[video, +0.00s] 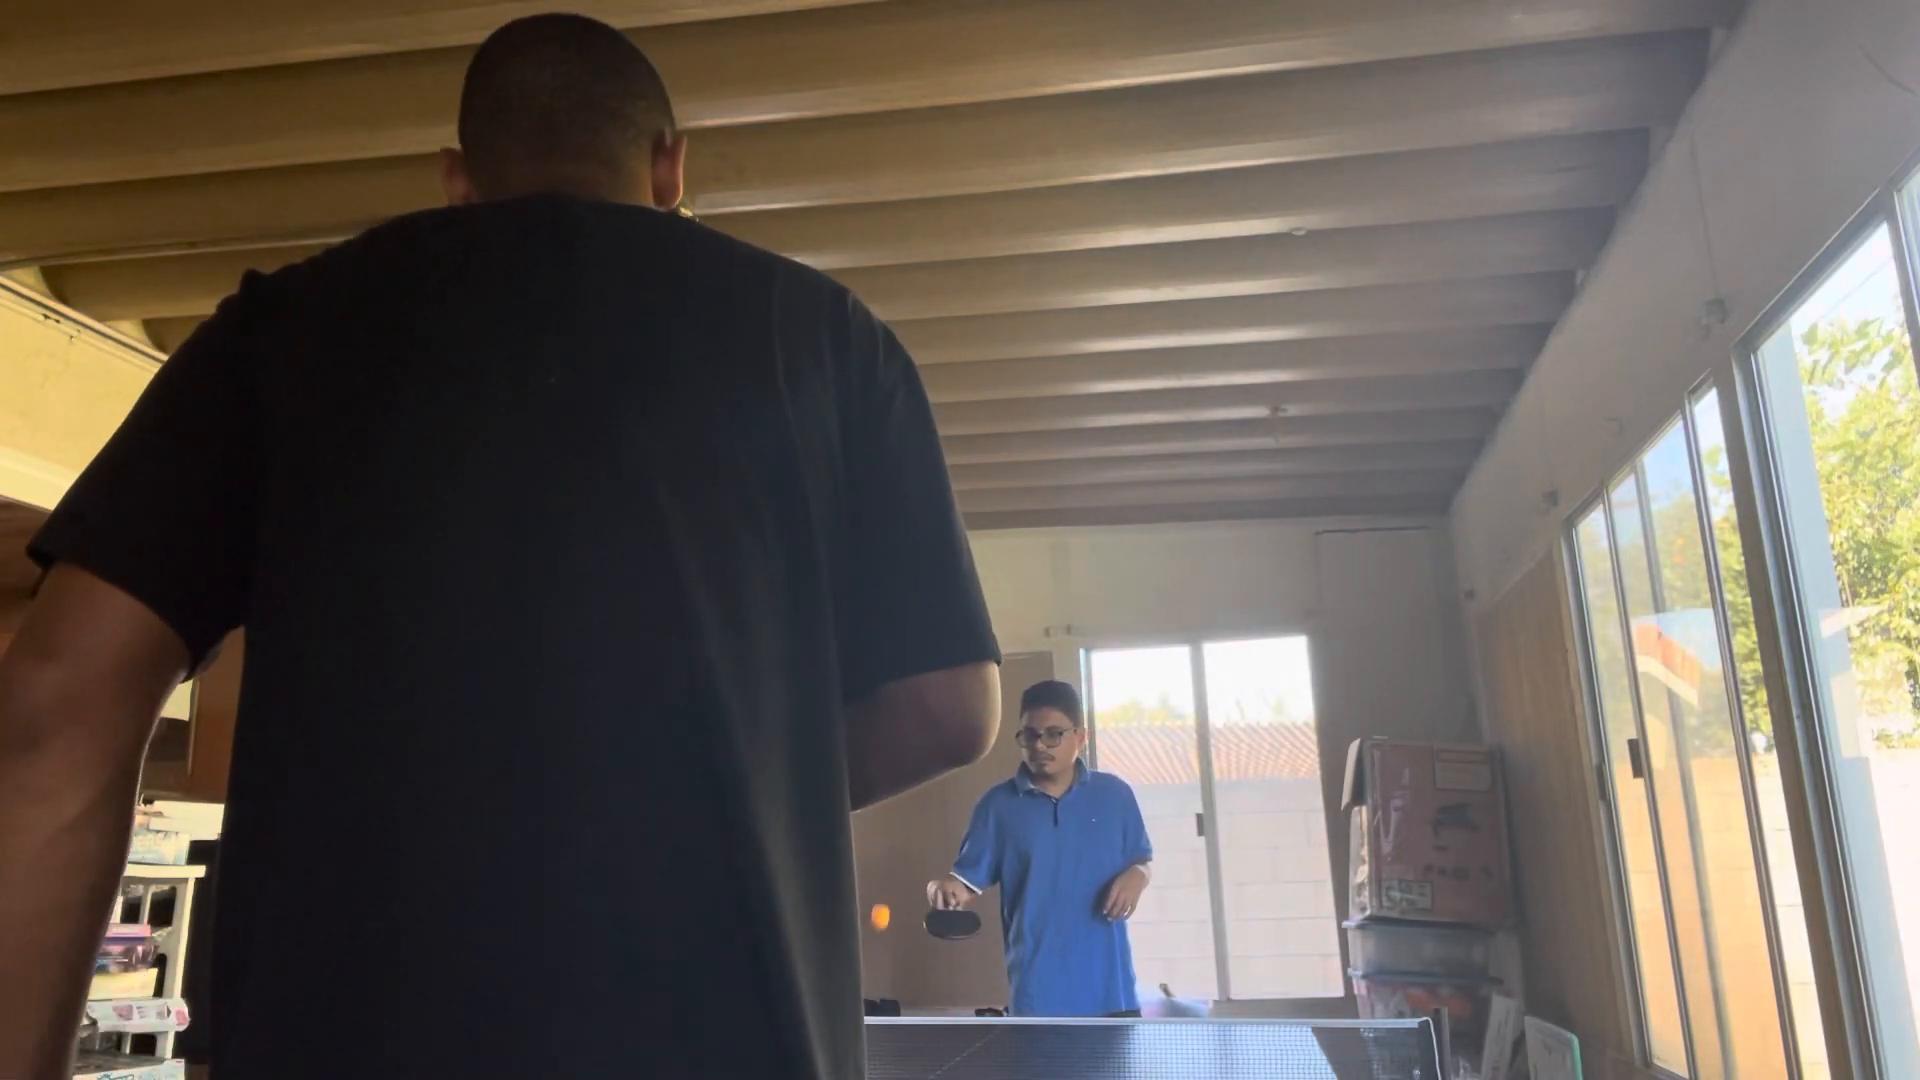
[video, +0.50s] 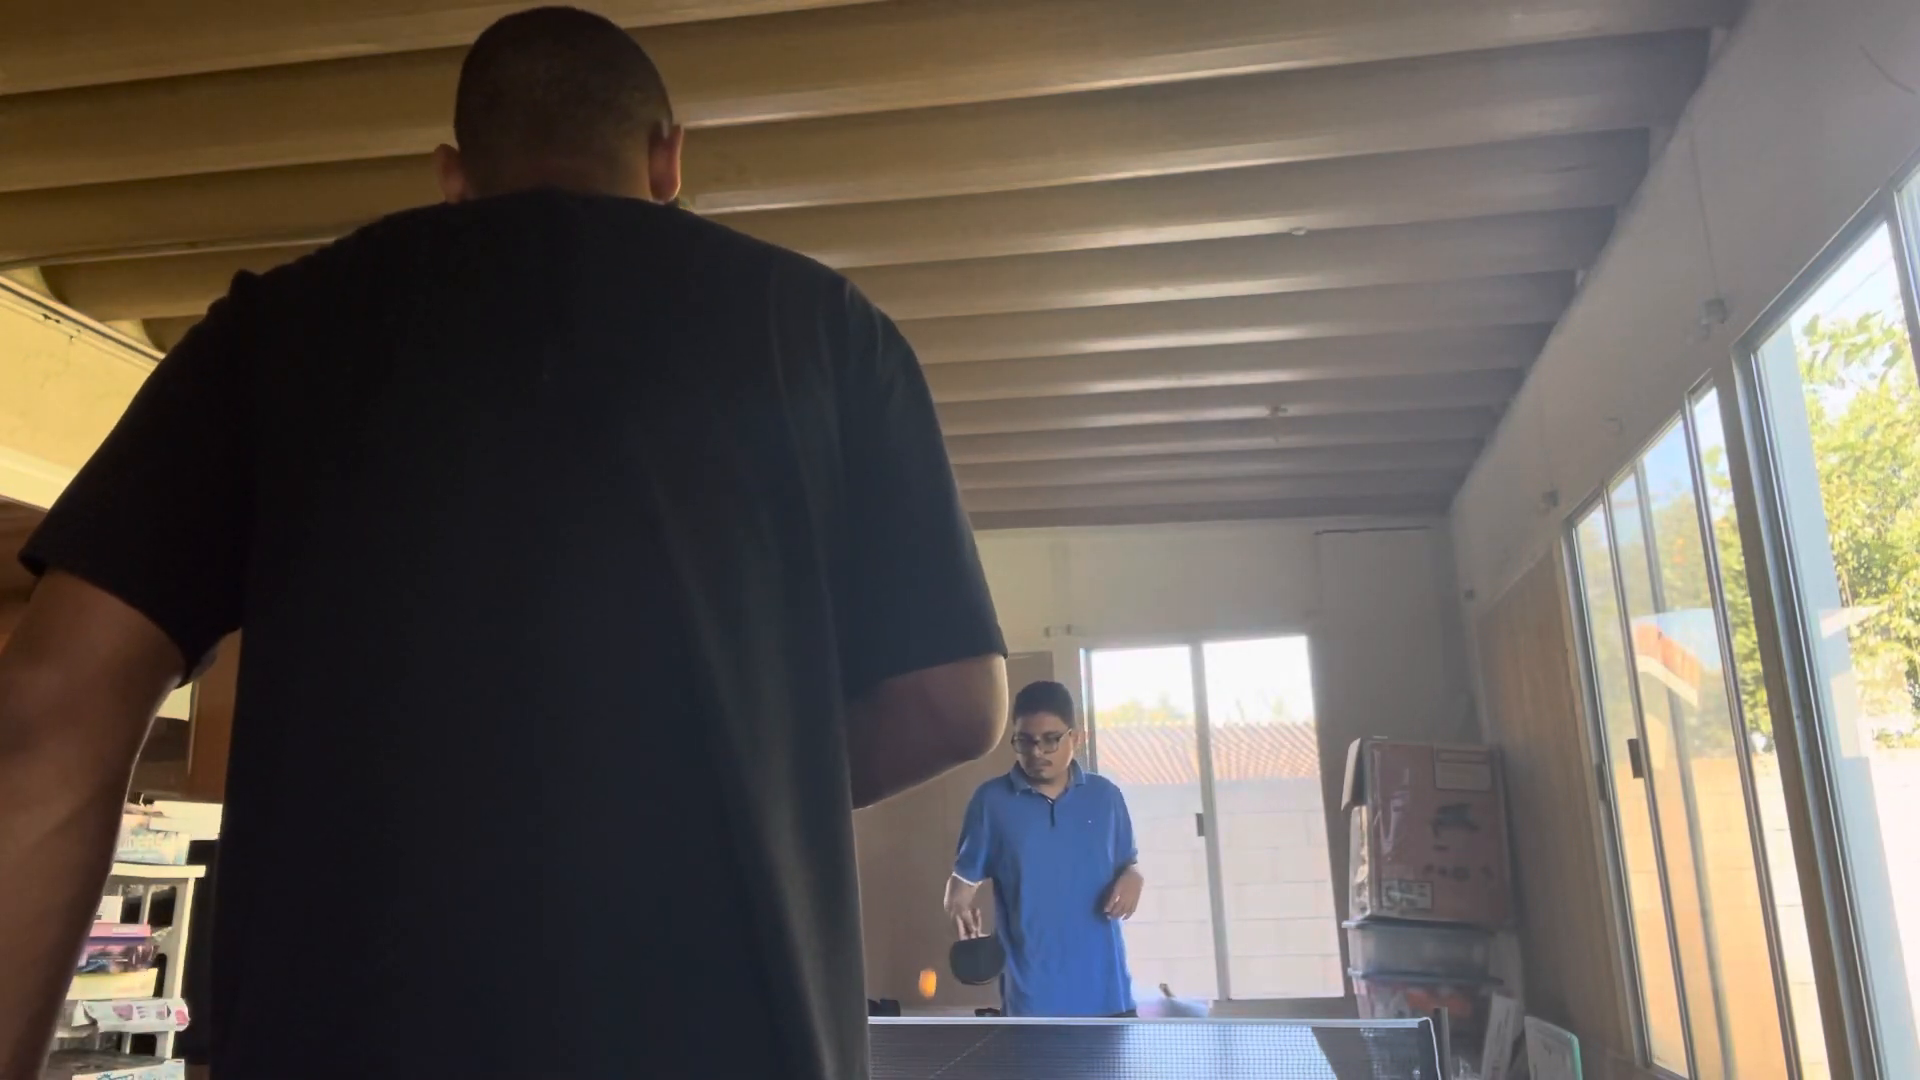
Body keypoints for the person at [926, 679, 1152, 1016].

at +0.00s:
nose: (1041, 746)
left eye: (1054, 734)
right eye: (1031, 735)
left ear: (1080, 738)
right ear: (1019, 738)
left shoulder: (1114, 794)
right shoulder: (999, 805)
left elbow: (1140, 861)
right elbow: (969, 879)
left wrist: (1136, 877)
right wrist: (947, 889)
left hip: (1109, 988)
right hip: (1037, 993)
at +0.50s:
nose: (1038, 752)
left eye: (1051, 739)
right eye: (1026, 740)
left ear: (1075, 739)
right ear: (1013, 740)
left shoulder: (1105, 797)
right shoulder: (992, 801)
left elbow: (1127, 864)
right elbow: (964, 880)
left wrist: (1133, 879)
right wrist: (960, 906)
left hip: (1105, 990)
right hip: (1032, 996)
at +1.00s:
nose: (1044, 751)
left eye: (1057, 738)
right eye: (1031, 739)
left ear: (1078, 738)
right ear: (1017, 738)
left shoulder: (1100, 801)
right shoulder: (994, 794)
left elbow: (1111, 879)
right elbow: (959, 870)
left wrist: (1133, 882)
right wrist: (988, 903)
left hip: (1097, 993)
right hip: (1022, 996)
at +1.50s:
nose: (1048, 741)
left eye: (1060, 728)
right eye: (1035, 731)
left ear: (1080, 733)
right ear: (1022, 737)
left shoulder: (1103, 800)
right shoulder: (996, 797)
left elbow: (1116, 883)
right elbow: (959, 884)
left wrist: (1139, 878)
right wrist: (994, 849)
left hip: (1104, 992)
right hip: (1029, 996)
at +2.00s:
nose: (1054, 736)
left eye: (1066, 724)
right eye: (1042, 726)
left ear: (1085, 733)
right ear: (1027, 733)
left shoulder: (1111, 798)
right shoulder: (1003, 799)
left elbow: (1128, 871)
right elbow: (972, 891)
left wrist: (1140, 876)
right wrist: (1002, 875)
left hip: (1106, 989)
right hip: (1033, 993)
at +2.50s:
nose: (1058, 733)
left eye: (1069, 723)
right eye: (1046, 724)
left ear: (1088, 734)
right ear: (1029, 735)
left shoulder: (1111, 798)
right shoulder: (999, 798)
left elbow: (1125, 868)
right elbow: (977, 873)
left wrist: (1137, 876)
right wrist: (1002, 875)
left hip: (1106, 991)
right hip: (1032, 996)